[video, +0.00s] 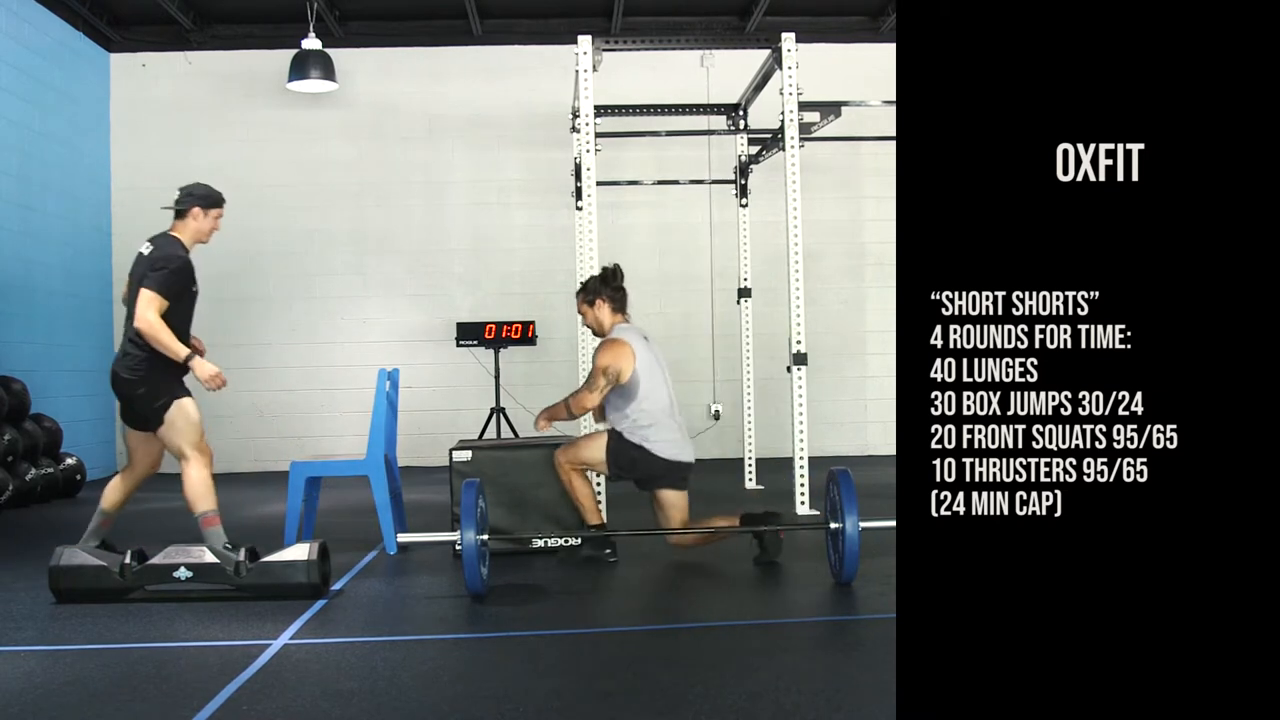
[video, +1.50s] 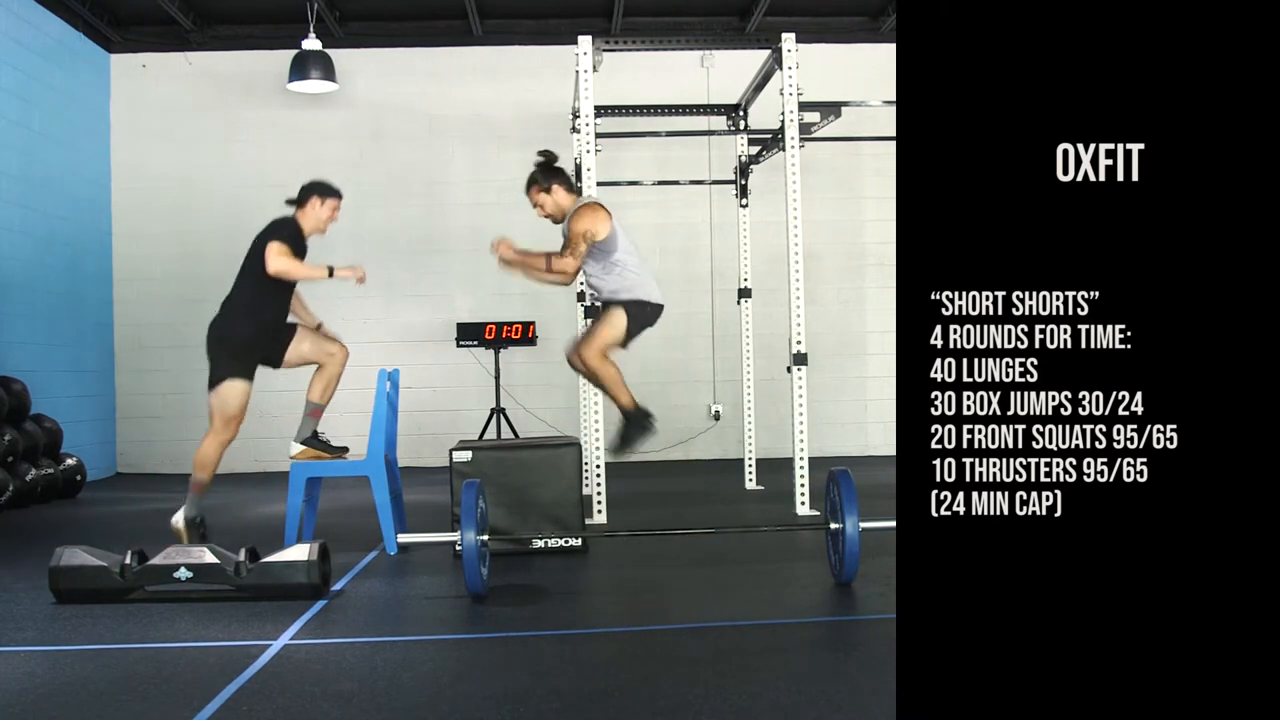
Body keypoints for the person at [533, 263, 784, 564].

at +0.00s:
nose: (584, 322)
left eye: (583, 313)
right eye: (581, 315)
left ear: (600, 305)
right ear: (614, 305)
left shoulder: (612, 348)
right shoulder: (638, 340)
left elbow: (585, 401)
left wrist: (549, 414)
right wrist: (603, 408)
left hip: (643, 447)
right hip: (673, 452)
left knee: (565, 458)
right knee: (680, 534)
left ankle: (599, 538)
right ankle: (755, 522)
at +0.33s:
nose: (558, 261)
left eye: (557, 253)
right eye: (555, 255)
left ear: (574, 244)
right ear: (582, 242)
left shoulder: (595, 282)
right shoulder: (612, 275)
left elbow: (608, 336)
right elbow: (622, 336)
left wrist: (578, 377)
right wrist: (598, 368)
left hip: (633, 382)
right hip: (662, 380)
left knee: (589, 449)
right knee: (656, 457)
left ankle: (601, 537)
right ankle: (725, 501)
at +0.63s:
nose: (574, 257)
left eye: (574, 249)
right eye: (571, 250)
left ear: (591, 241)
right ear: (599, 241)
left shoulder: (608, 274)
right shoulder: (626, 270)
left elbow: (637, 312)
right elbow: (658, 317)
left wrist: (616, 366)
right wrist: (643, 361)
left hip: (631, 380)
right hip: (649, 380)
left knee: (606, 450)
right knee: (637, 447)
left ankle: (604, 533)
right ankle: (666, 516)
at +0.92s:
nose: (570, 255)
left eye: (571, 246)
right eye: (568, 249)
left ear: (591, 238)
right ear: (592, 238)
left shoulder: (611, 267)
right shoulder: (615, 266)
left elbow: (652, 291)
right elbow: (658, 296)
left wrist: (646, 349)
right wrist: (645, 347)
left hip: (657, 365)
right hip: (666, 364)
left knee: (627, 435)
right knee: (654, 440)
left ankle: (668, 510)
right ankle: (669, 511)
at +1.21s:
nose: (572, 280)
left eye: (575, 272)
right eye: (571, 273)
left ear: (597, 269)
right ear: (597, 271)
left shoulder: (616, 306)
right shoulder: (607, 305)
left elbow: (617, 362)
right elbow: (614, 359)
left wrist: (576, 382)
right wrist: (578, 380)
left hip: (665, 391)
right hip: (649, 392)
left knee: (628, 460)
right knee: (617, 452)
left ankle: (682, 518)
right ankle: (663, 514)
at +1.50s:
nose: (540, 214)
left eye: (539, 205)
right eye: (536, 207)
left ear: (555, 190)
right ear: (555, 190)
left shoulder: (585, 215)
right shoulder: (580, 218)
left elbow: (567, 263)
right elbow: (566, 276)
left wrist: (516, 254)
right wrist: (518, 265)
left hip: (637, 300)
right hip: (621, 301)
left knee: (589, 352)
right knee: (576, 355)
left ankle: (635, 415)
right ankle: (632, 413)